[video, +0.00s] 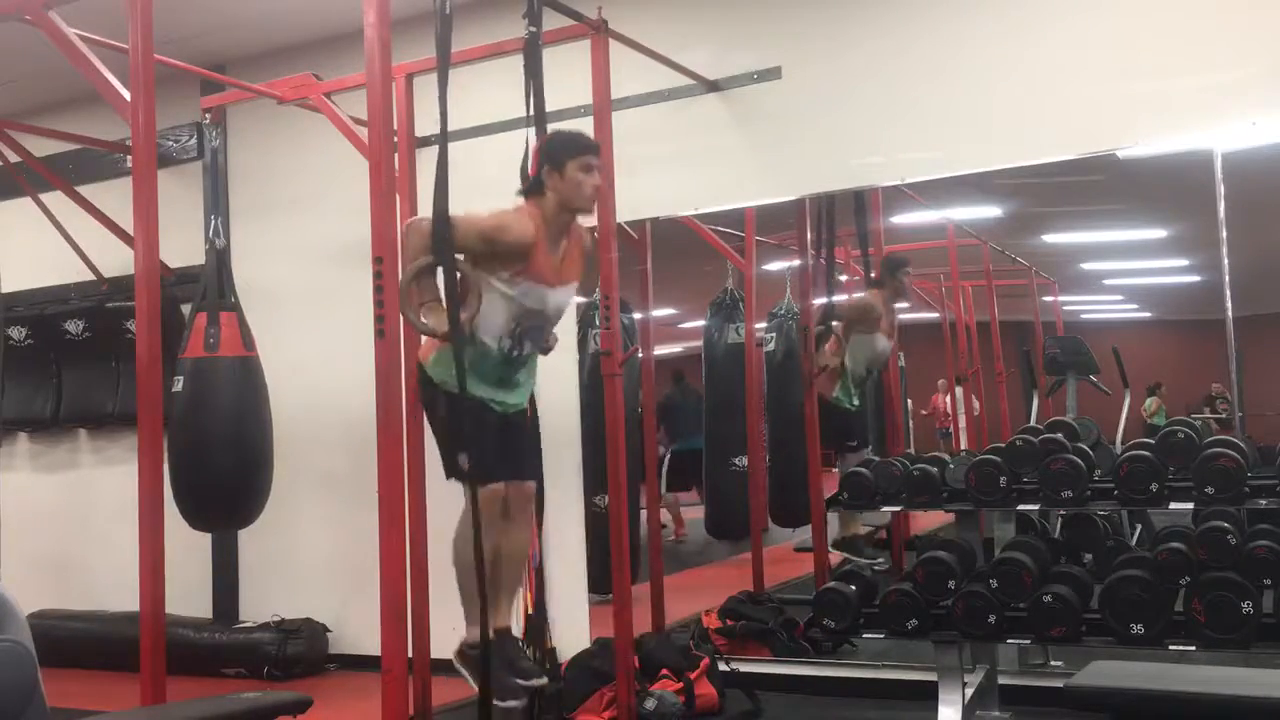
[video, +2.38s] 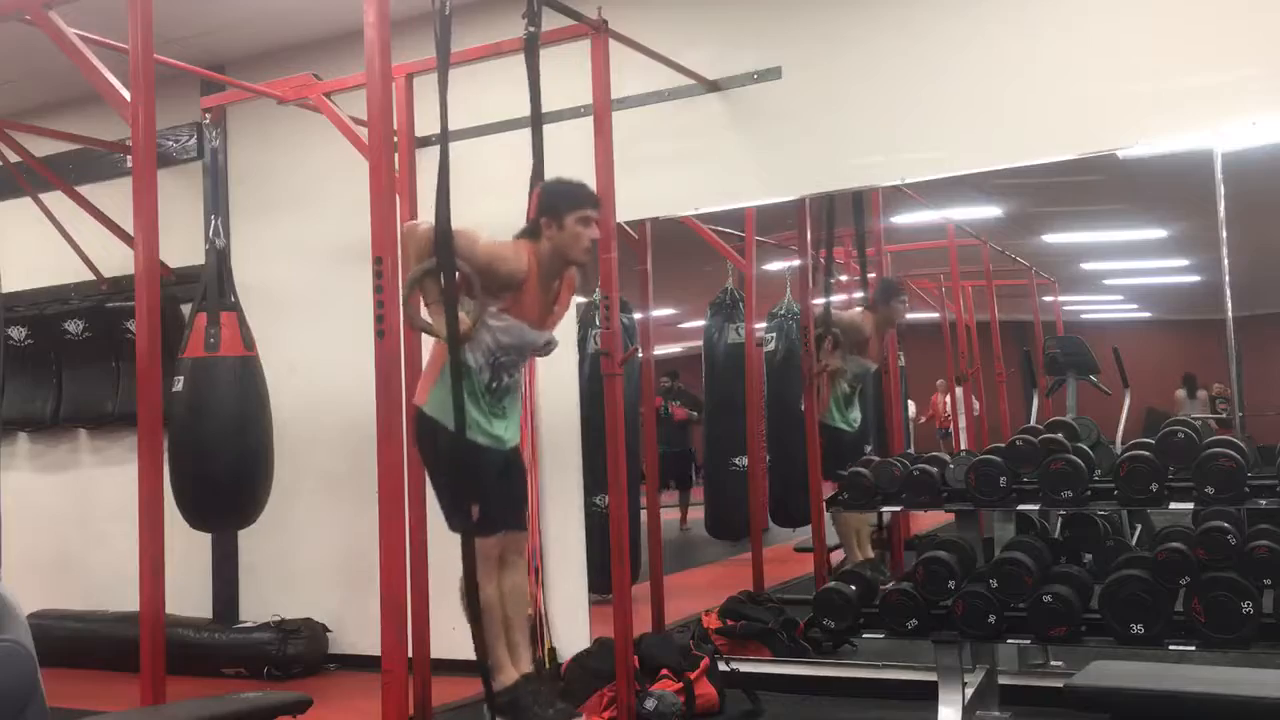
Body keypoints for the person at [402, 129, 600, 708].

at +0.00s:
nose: (596, 182)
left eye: (597, 171)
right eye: (584, 171)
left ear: (586, 181)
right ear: (550, 178)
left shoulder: (577, 239)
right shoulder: (513, 229)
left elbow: (536, 290)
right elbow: (416, 232)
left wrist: (543, 328)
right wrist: (425, 305)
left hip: (513, 384)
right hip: (459, 377)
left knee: (518, 499)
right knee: (491, 499)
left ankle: (496, 636)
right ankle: (479, 639)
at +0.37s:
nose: (580, 106)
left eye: (581, 96)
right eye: (569, 95)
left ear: (573, 105)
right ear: (532, 99)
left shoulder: (570, 172)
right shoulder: (504, 162)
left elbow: (543, 253)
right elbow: (429, 233)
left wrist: (546, 320)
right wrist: (422, 308)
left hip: (516, 339)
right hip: (467, 333)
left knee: (507, 451)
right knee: (475, 450)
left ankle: (486, 577)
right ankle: (456, 581)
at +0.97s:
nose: (562, 85)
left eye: (565, 76)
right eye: (551, 74)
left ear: (561, 85)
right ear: (516, 77)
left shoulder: (553, 153)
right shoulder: (492, 137)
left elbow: (545, 241)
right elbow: (461, 221)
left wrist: (551, 310)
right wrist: (450, 301)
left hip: (527, 313)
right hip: (480, 308)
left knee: (539, 430)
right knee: (512, 427)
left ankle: (562, 556)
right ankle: (536, 561)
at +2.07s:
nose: (583, 159)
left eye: (587, 149)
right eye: (572, 147)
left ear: (585, 156)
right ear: (537, 148)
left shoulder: (570, 216)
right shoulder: (503, 202)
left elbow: (529, 278)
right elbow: (411, 242)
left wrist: (548, 325)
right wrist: (441, 317)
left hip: (523, 359)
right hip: (474, 361)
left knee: (534, 492)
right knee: (502, 492)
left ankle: (546, 626)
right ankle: (525, 632)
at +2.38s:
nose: (594, 234)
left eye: (596, 225)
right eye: (584, 223)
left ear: (586, 232)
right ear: (548, 225)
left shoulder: (565, 279)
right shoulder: (509, 261)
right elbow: (415, 234)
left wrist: (526, 343)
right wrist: (434, 310)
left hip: (499, 417)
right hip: (452, 414)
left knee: (513, 543)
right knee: (487, 548)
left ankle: (525, 672)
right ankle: (502, 682)